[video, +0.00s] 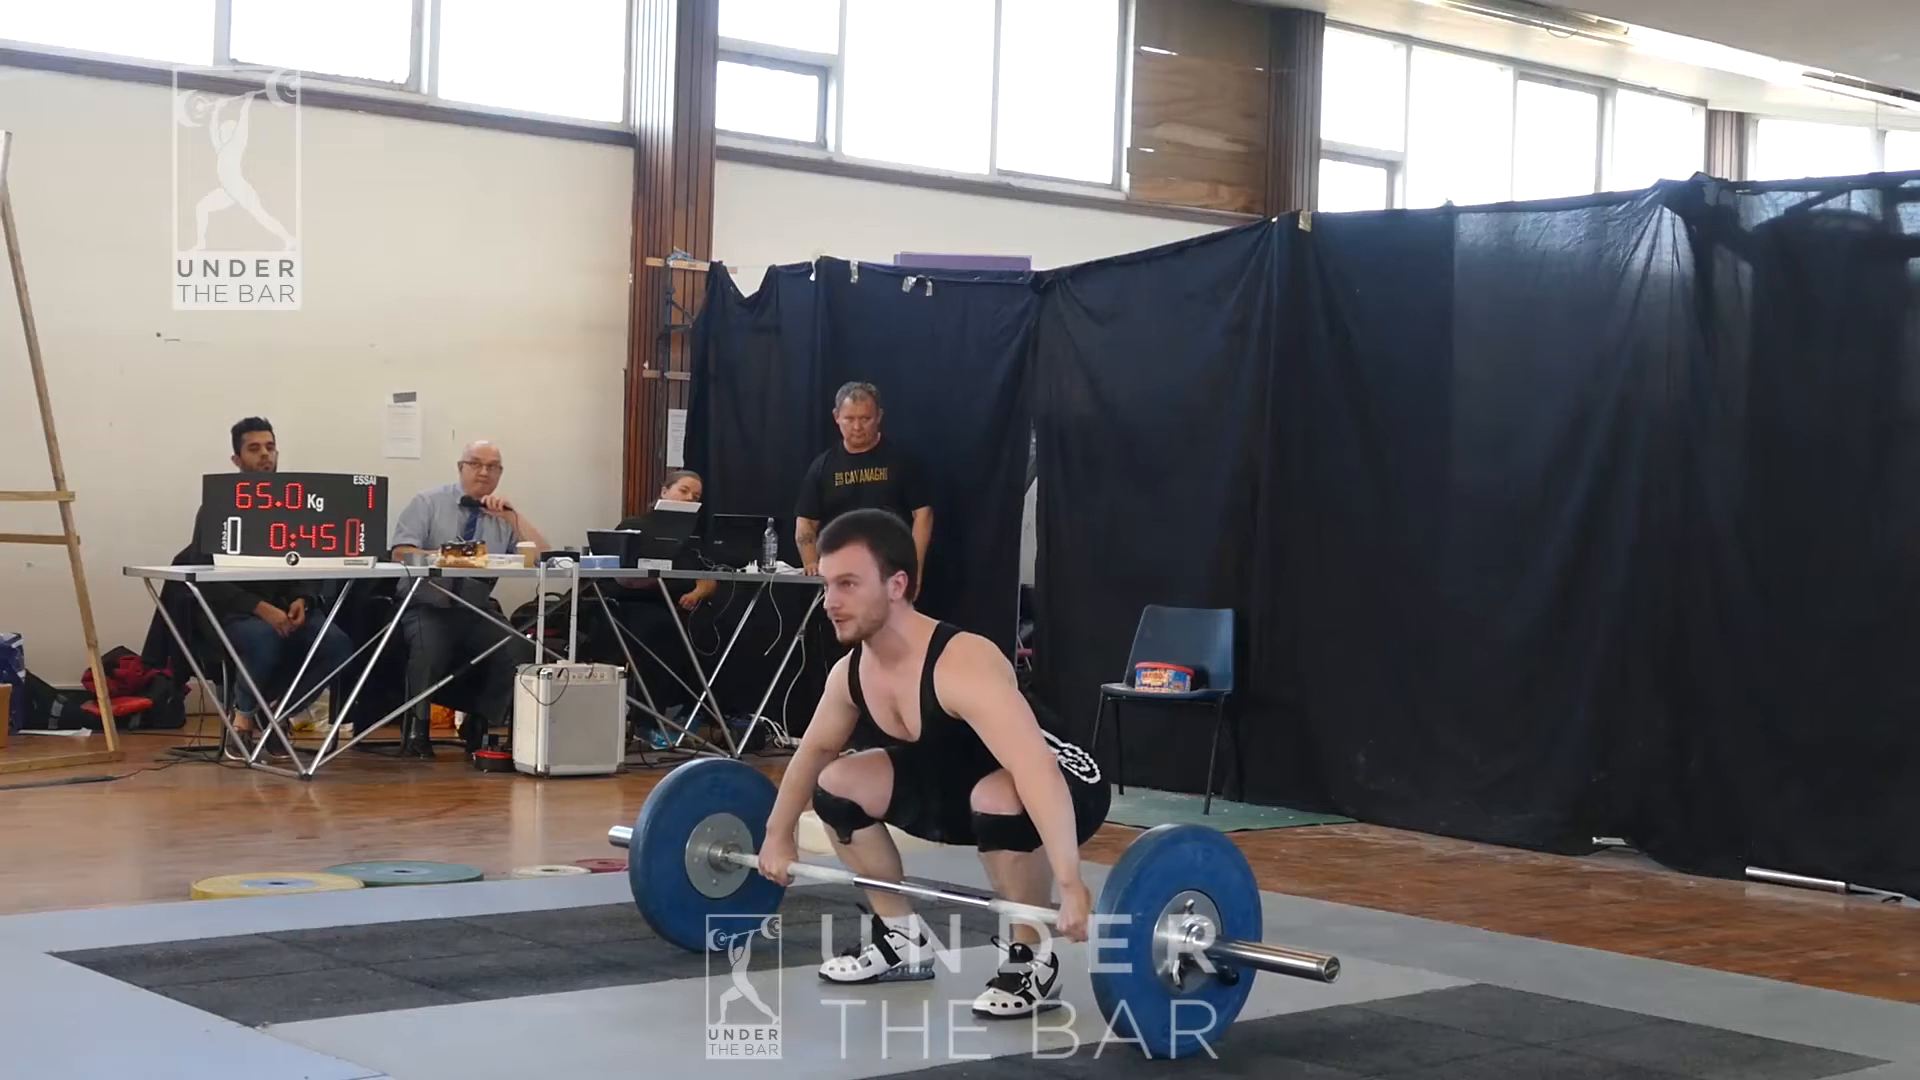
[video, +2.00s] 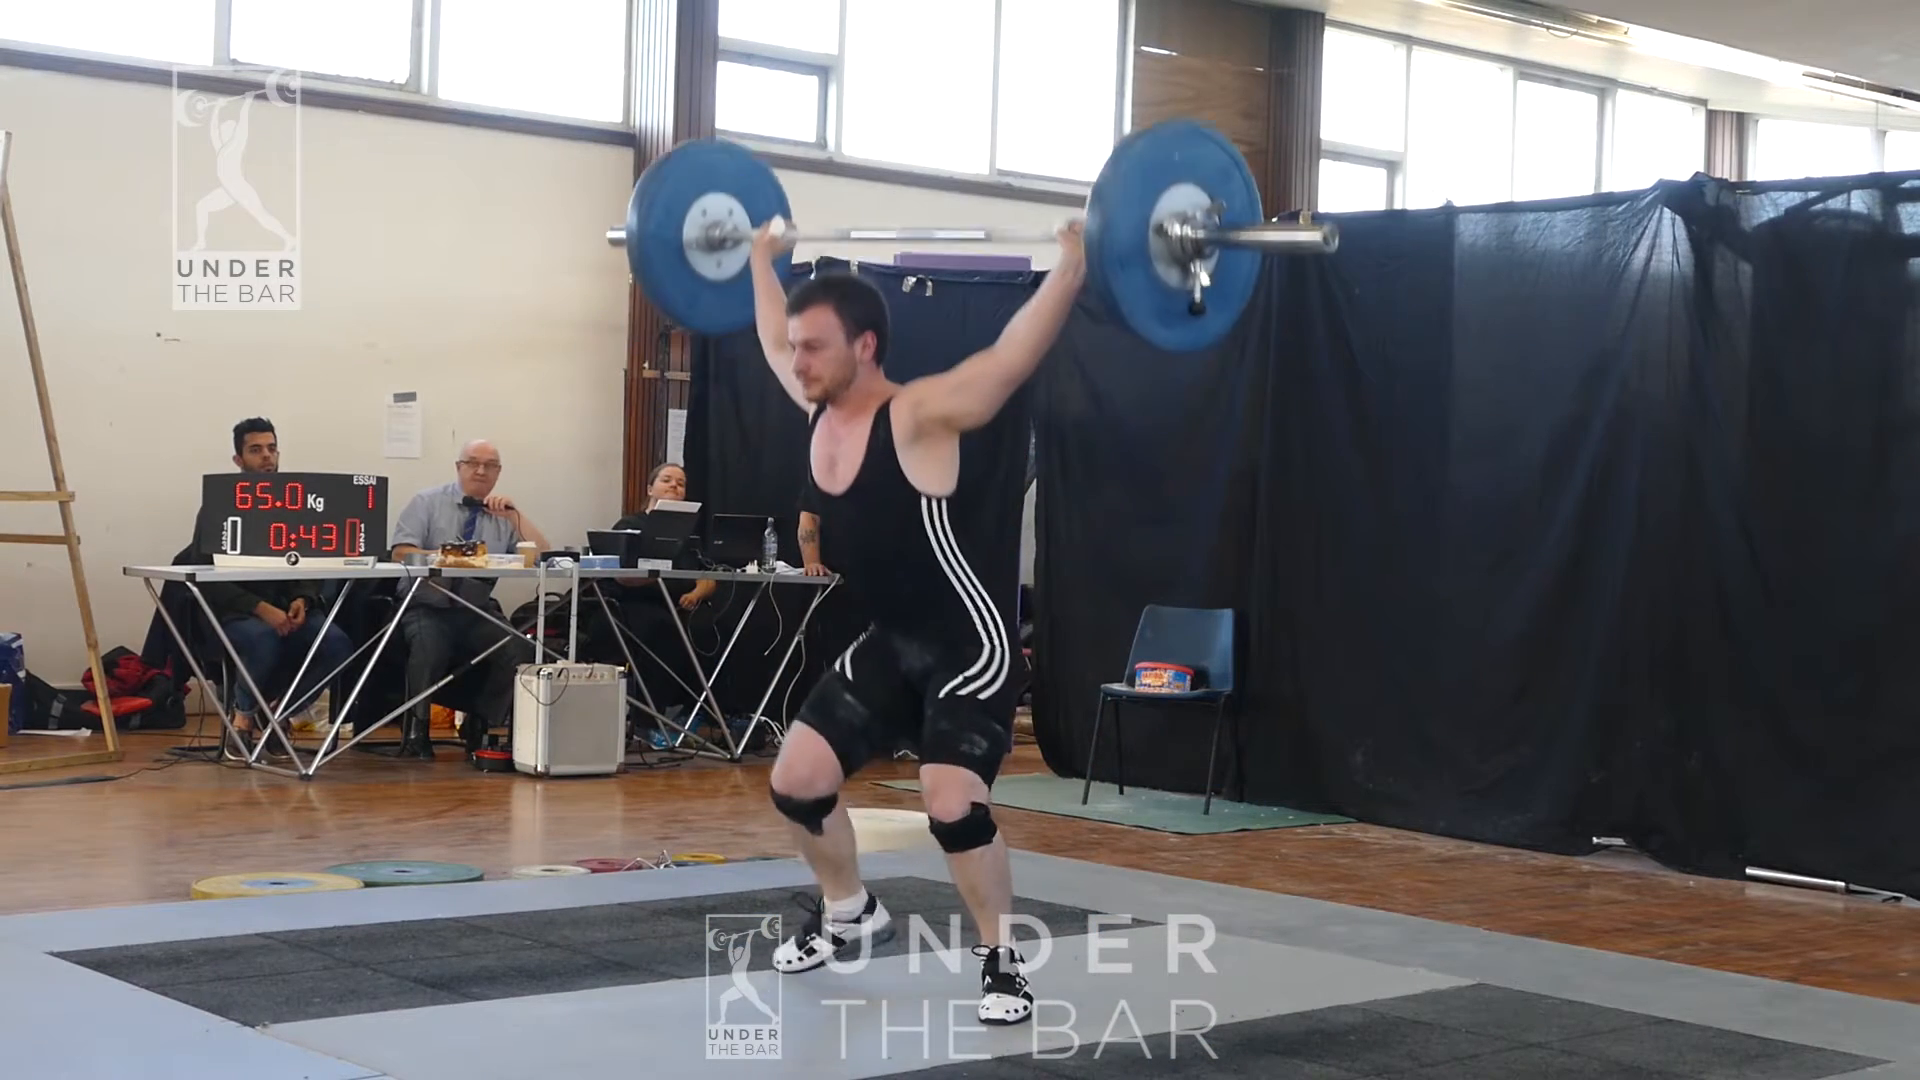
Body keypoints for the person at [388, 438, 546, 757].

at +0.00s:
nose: (483, 472)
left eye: (492, 467)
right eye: (475, 465)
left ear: (500, 474)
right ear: (461, 468)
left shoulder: (503, 517)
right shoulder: (428, 503)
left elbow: (541, 553)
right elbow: (401, 551)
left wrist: (514, 515)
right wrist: (445, 559)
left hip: (478, 608)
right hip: (428, 605)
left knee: (517, 652)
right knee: (430, 649)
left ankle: (477, 727)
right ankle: (417, 732)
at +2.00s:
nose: (481, 472)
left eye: (490, 466)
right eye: (473, 464)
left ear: (499, 473)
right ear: (459, 468)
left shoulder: (503, 516)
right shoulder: (427, 502)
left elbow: (544, 555)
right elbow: (401, 552)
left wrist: (516, 515)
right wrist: (444, 560)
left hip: (478, 609)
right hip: (428, 605)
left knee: (518, 651)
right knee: (429, 649)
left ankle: (477, 727)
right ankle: (417, 731)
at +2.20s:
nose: (467, 472)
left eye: (478, 467)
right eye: (461, 464)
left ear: (493, 473)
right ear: (453, 466)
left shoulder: (501, 518)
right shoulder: (425, 501)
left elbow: (544, 555)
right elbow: (401, 551)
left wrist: (516, 516)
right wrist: (442, 561)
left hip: (477, 608)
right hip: (428, 605)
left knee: (517, 651)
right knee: (429, 647)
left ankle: (477, 726)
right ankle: (417, 731)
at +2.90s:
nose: (430, 469)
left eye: (441, 462)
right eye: (425, 462)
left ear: (460, 467)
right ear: (419, 465)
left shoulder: (485, 508)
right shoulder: (401, 504)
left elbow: (536, 547)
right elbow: (390, 544)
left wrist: (512, 539)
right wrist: (444, 549)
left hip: (473, 605)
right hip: (421, 605)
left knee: (514, 651)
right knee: (433, 646)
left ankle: (479, 724)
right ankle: (431, 723)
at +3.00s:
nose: (423, 469)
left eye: (433, 462)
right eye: (417, 462)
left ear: (453, 466)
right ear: (411, 464)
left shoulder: (479, 507)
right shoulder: (396, 504)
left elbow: (532, 547)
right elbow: (389, 545)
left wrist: (504, 545)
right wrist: (442, 548)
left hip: (469, 607)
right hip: (416, 607)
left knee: (513, 649)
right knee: (433, 642)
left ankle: (479, 724)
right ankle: (437, 724)